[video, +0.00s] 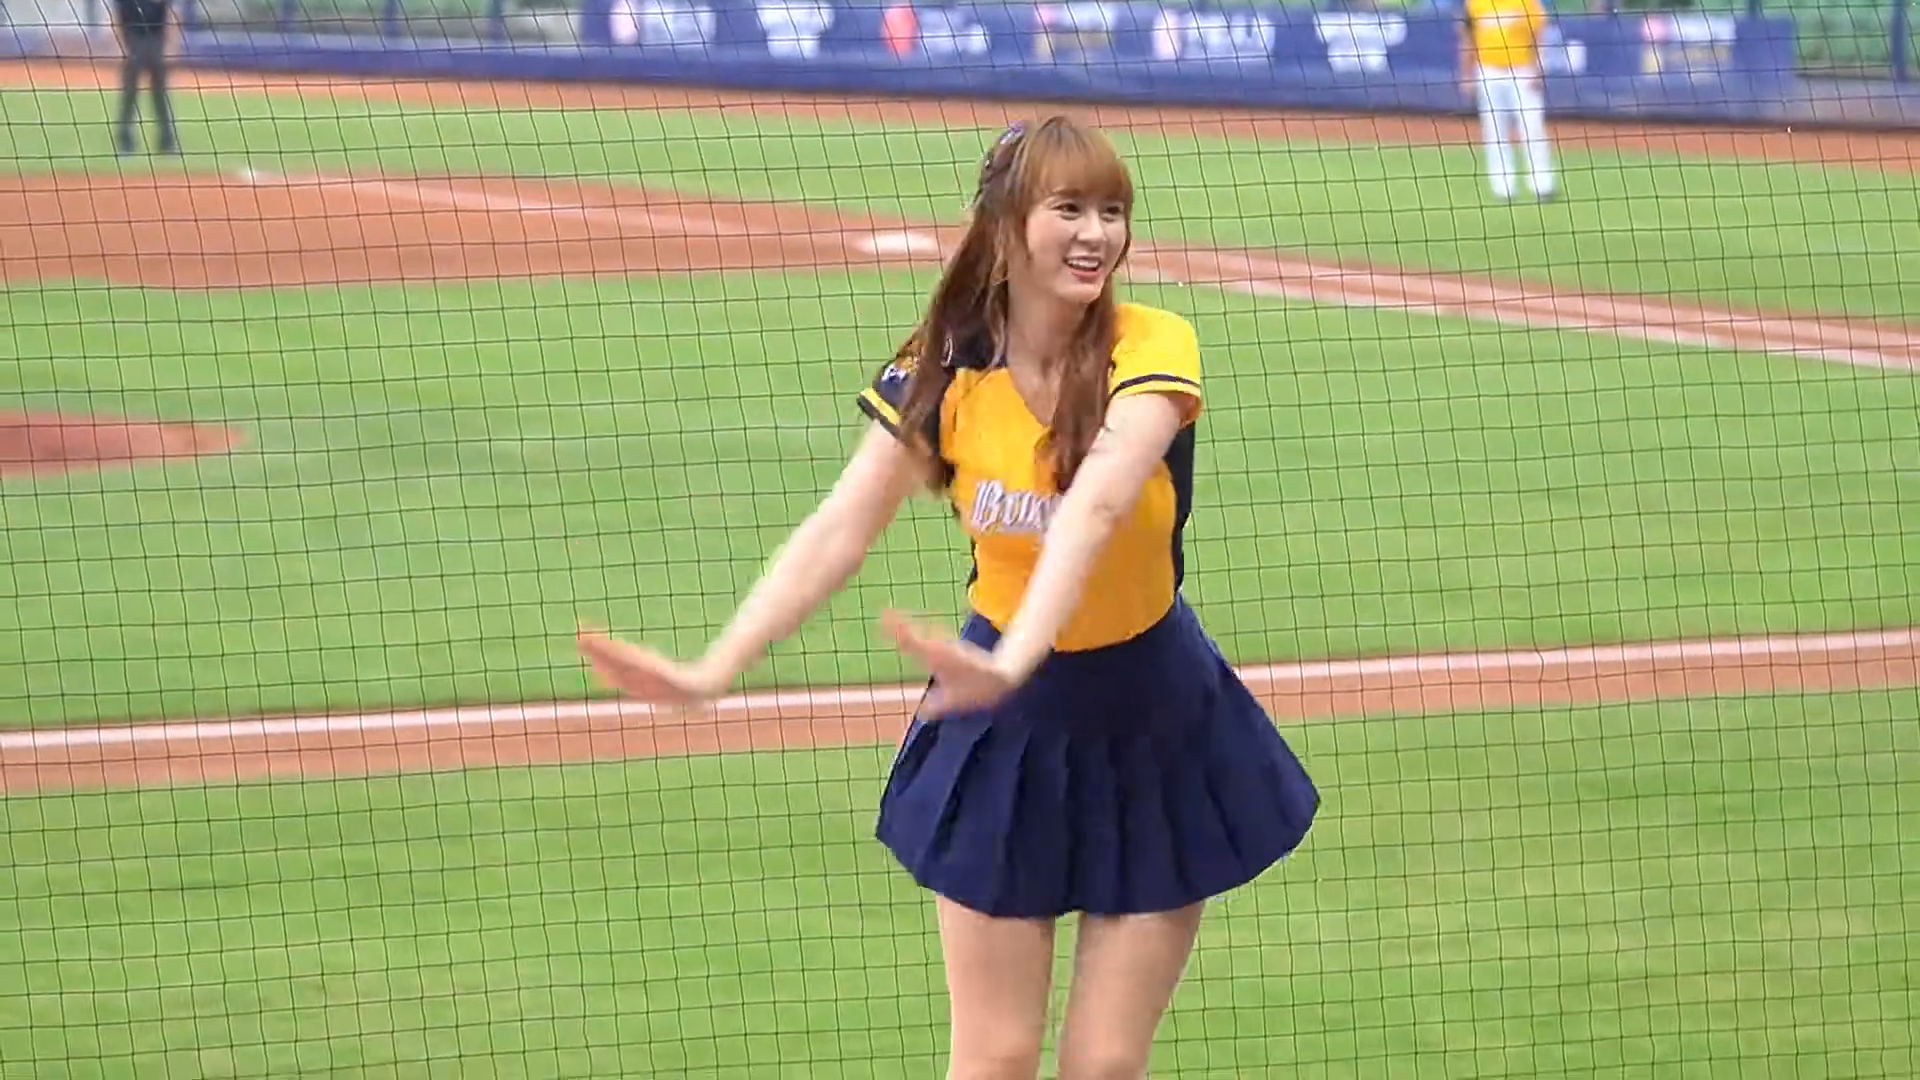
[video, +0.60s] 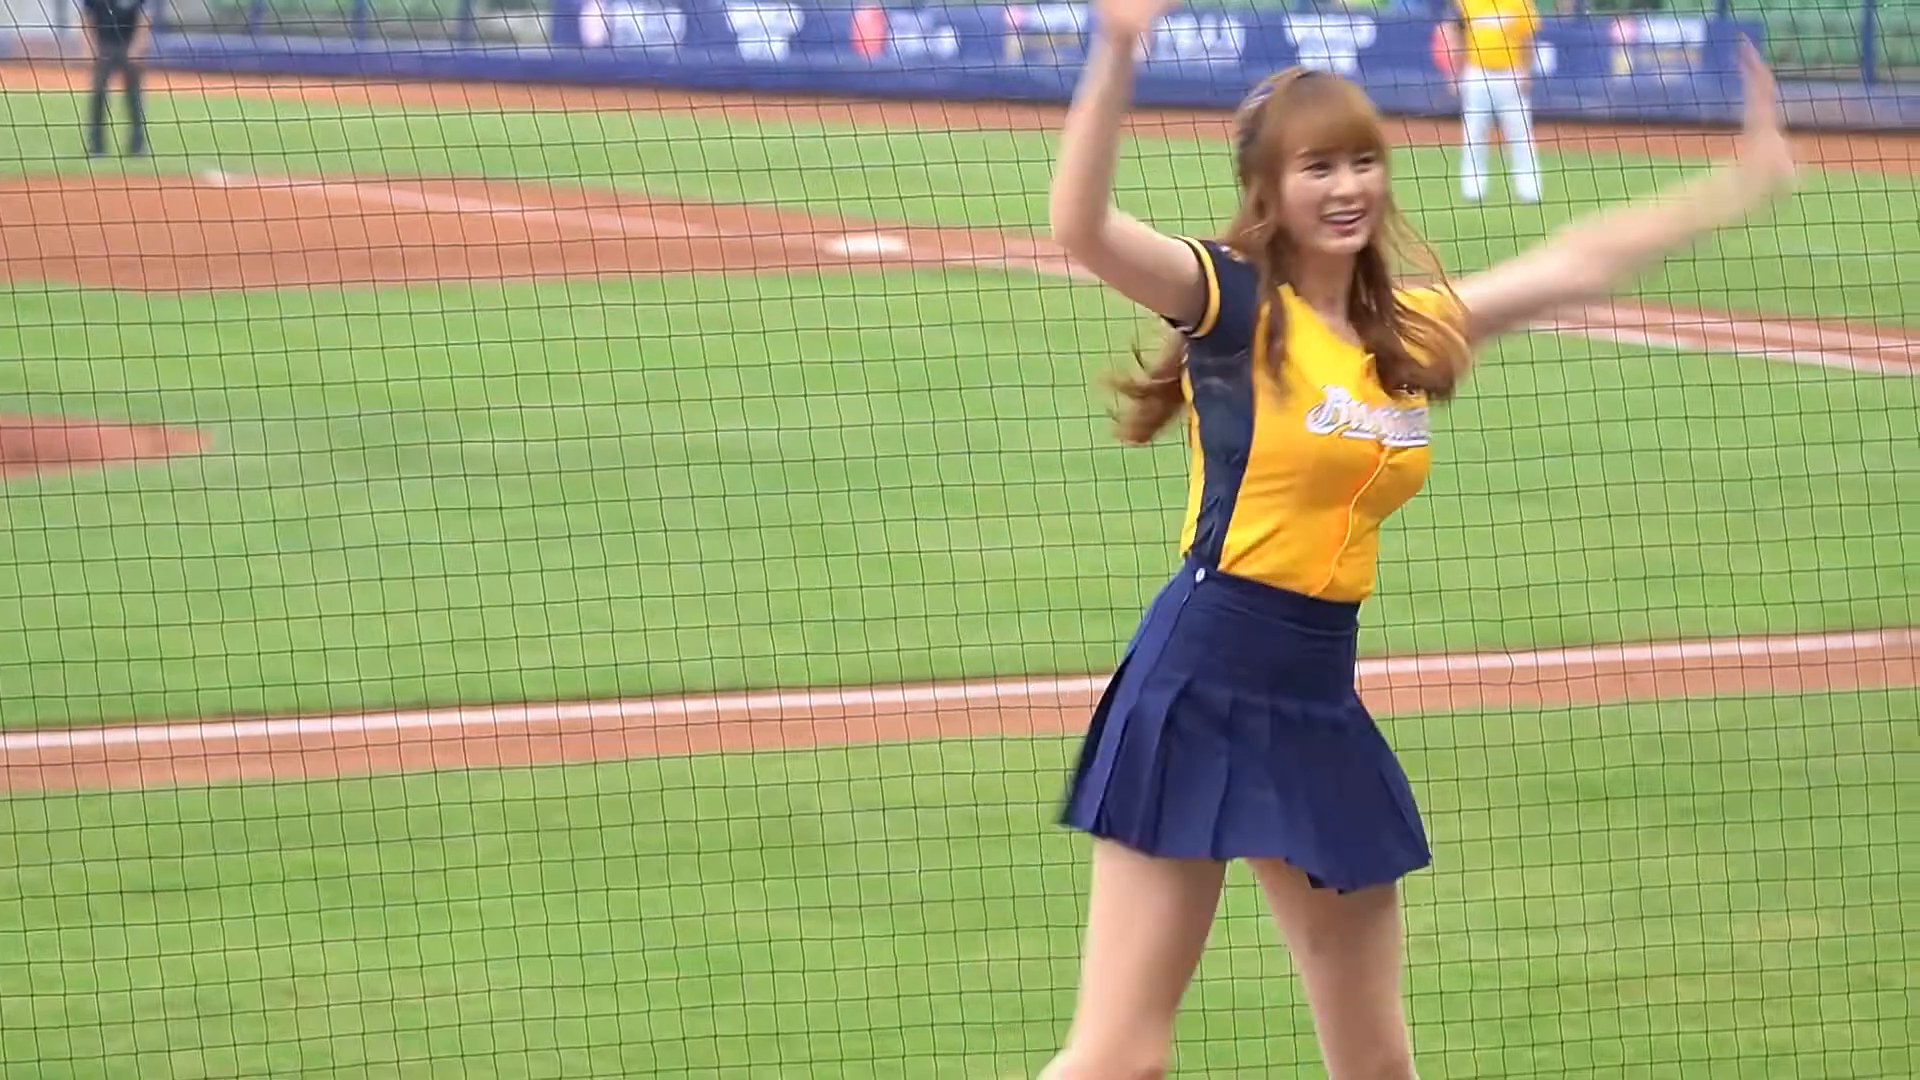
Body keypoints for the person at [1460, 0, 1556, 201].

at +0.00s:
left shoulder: (1527, 4)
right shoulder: (1472, 6)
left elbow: (1540, 31)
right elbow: (1466, 39)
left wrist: (1538, 67)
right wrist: (1467, 74)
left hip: (1523, 69)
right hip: (1488, 71)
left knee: (1533, 126)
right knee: (1494, 130)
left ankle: (1542, 182)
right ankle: (1503, 183)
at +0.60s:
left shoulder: (1520, 5)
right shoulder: (1467, 5)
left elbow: (1528, 39)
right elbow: (1452, 30)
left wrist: (1526, 71)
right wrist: (1455, 71)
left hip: (1510, 71)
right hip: (1476, 71)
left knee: (1518, 130)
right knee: (1474, 131)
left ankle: (1528, 185)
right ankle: (1473, 186)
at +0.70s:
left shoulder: (1510, 5)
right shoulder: (1458, 5)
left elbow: (1519, 36)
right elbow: (1450, 35)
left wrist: (1516, 72)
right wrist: (1448, 68)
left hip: (1500, 72)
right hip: (1466, 71)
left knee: (1505, 132)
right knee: (1460, 133)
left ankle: (1510, 184)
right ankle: (1459, 183)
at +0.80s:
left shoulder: (1499, 5)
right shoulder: (1448, 6)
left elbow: (1510, 38)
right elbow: (1442, 36)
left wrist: (1507, 74)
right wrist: (1439, 70)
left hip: (1491, 75)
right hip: (1457, 73)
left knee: (1493, 135)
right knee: (1447, 135)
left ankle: (1497, 190)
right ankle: (1441, 189)